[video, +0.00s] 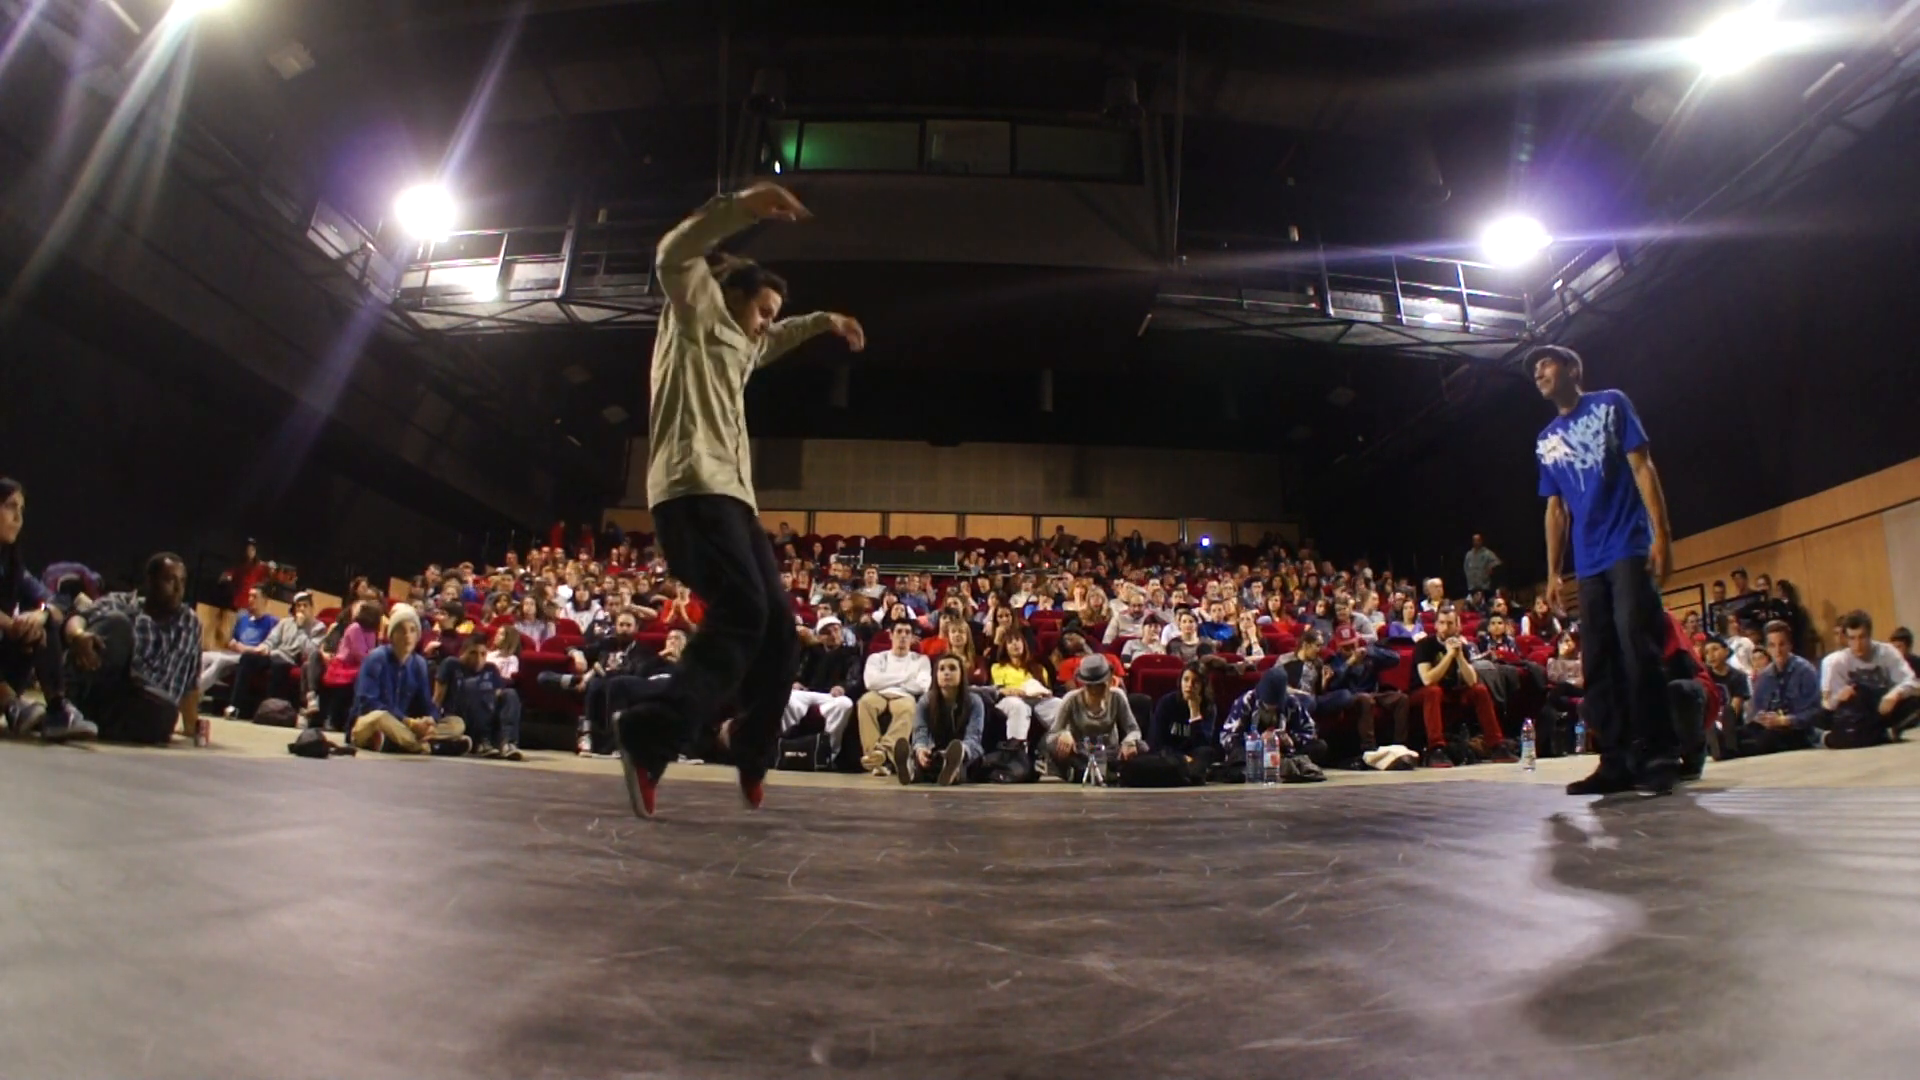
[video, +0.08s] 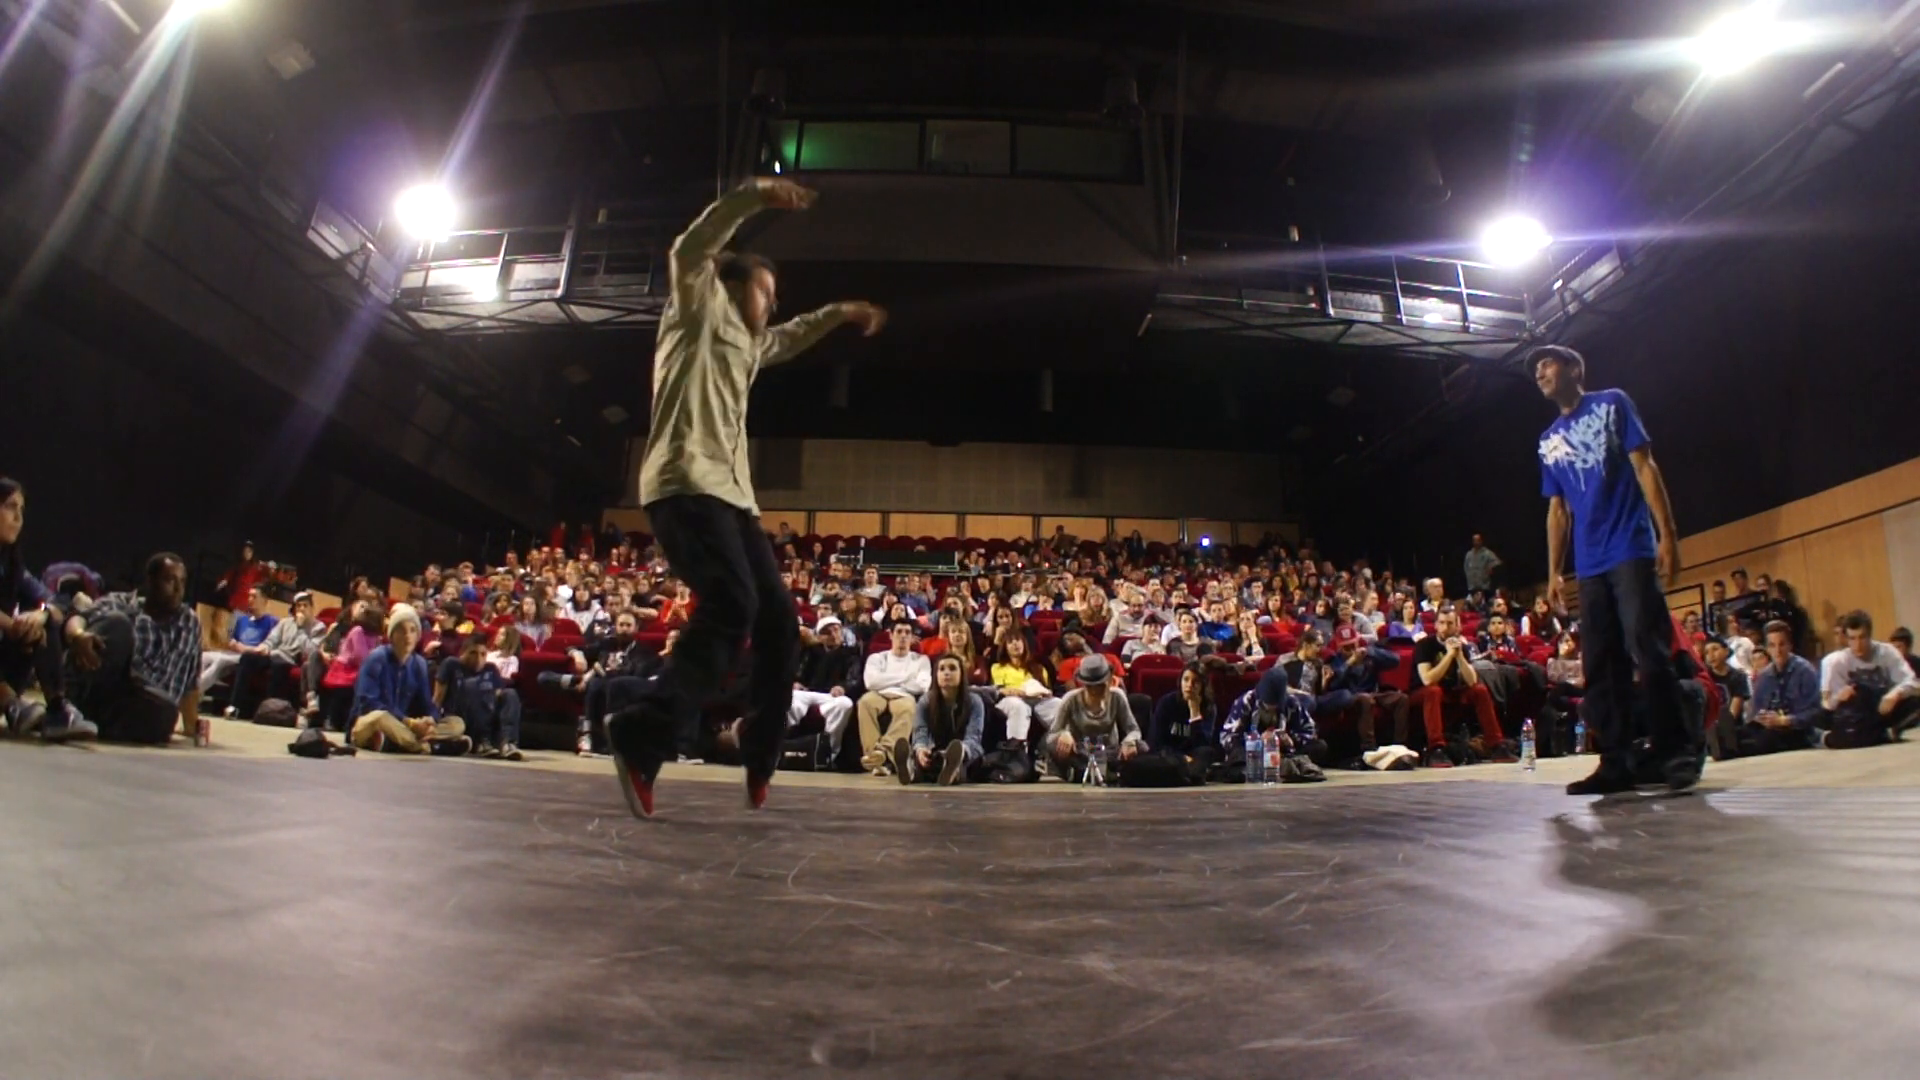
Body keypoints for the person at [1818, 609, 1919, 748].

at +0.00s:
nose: (1857, 643)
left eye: (1862, 637)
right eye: (1852, 638)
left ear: (1870, 636)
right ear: (1846, 638)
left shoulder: (1887, 652)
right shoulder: (1835, 662)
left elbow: (1911, 681)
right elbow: (1827, 703)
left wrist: (1894, 694)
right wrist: (1838, 697)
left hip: (1885, 704)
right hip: (1855, 706)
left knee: (1913, 703)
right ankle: (1884, 734)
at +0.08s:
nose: (1857, 644)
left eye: (1862, 637)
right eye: (1852, 638)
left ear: (1870, 636)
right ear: (1846, 638)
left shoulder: (1887, 652)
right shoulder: (1835, 662)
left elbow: (1911, 681)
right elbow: (1827, 703)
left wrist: (1894, 694)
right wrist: (1838, 697)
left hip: (1884, 705)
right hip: (1855, 707)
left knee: (1914, 703)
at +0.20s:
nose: (1857, 644)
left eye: (1862, 637)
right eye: (1852, 638)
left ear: (1870, 636)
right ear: (1846, 638)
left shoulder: (1887, 652)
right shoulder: (1835, 662)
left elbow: (1911, 681)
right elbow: (1827, 703)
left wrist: (1894, 695)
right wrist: (1838, 697)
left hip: (1883, 705)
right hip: (1854, 707)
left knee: (1914, 704)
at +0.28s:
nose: (1858, 644)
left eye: (1862, 638)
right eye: (1852, 639)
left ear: (1870, 636)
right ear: (1847, 639)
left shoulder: (1887, 652)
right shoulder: (1838, 662)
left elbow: (1911, 680)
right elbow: (1828, 703)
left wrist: (1894, 695)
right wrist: (1838, 697)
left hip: (1884, 705)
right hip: (1855, 706)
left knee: (1914, 703)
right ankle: (1824, 739)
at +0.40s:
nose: (1858, 645)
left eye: (1862, 639)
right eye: (1853, 639)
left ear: (1870, 637)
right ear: (1847, 639)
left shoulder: (1887, 652)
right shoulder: (1839, 662)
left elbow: (1910, 680)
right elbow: (1829, 703)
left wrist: (1893, 695)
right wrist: (1839, 697)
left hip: (1884, 704)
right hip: (1856, 706)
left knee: (1914, 703)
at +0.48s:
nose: (1858, 645)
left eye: (1862, 639)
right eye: (1853, 639)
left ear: (1870, 637)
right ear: (1847, 639)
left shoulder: (1887, 652)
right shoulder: (1839, 662)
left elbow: (1910, 680)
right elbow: (1828, 703)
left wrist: (1894, 695)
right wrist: (1839, 697)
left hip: (1884, 704)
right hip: (1856, 707)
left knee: (1913, 703)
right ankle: (1823, 739)